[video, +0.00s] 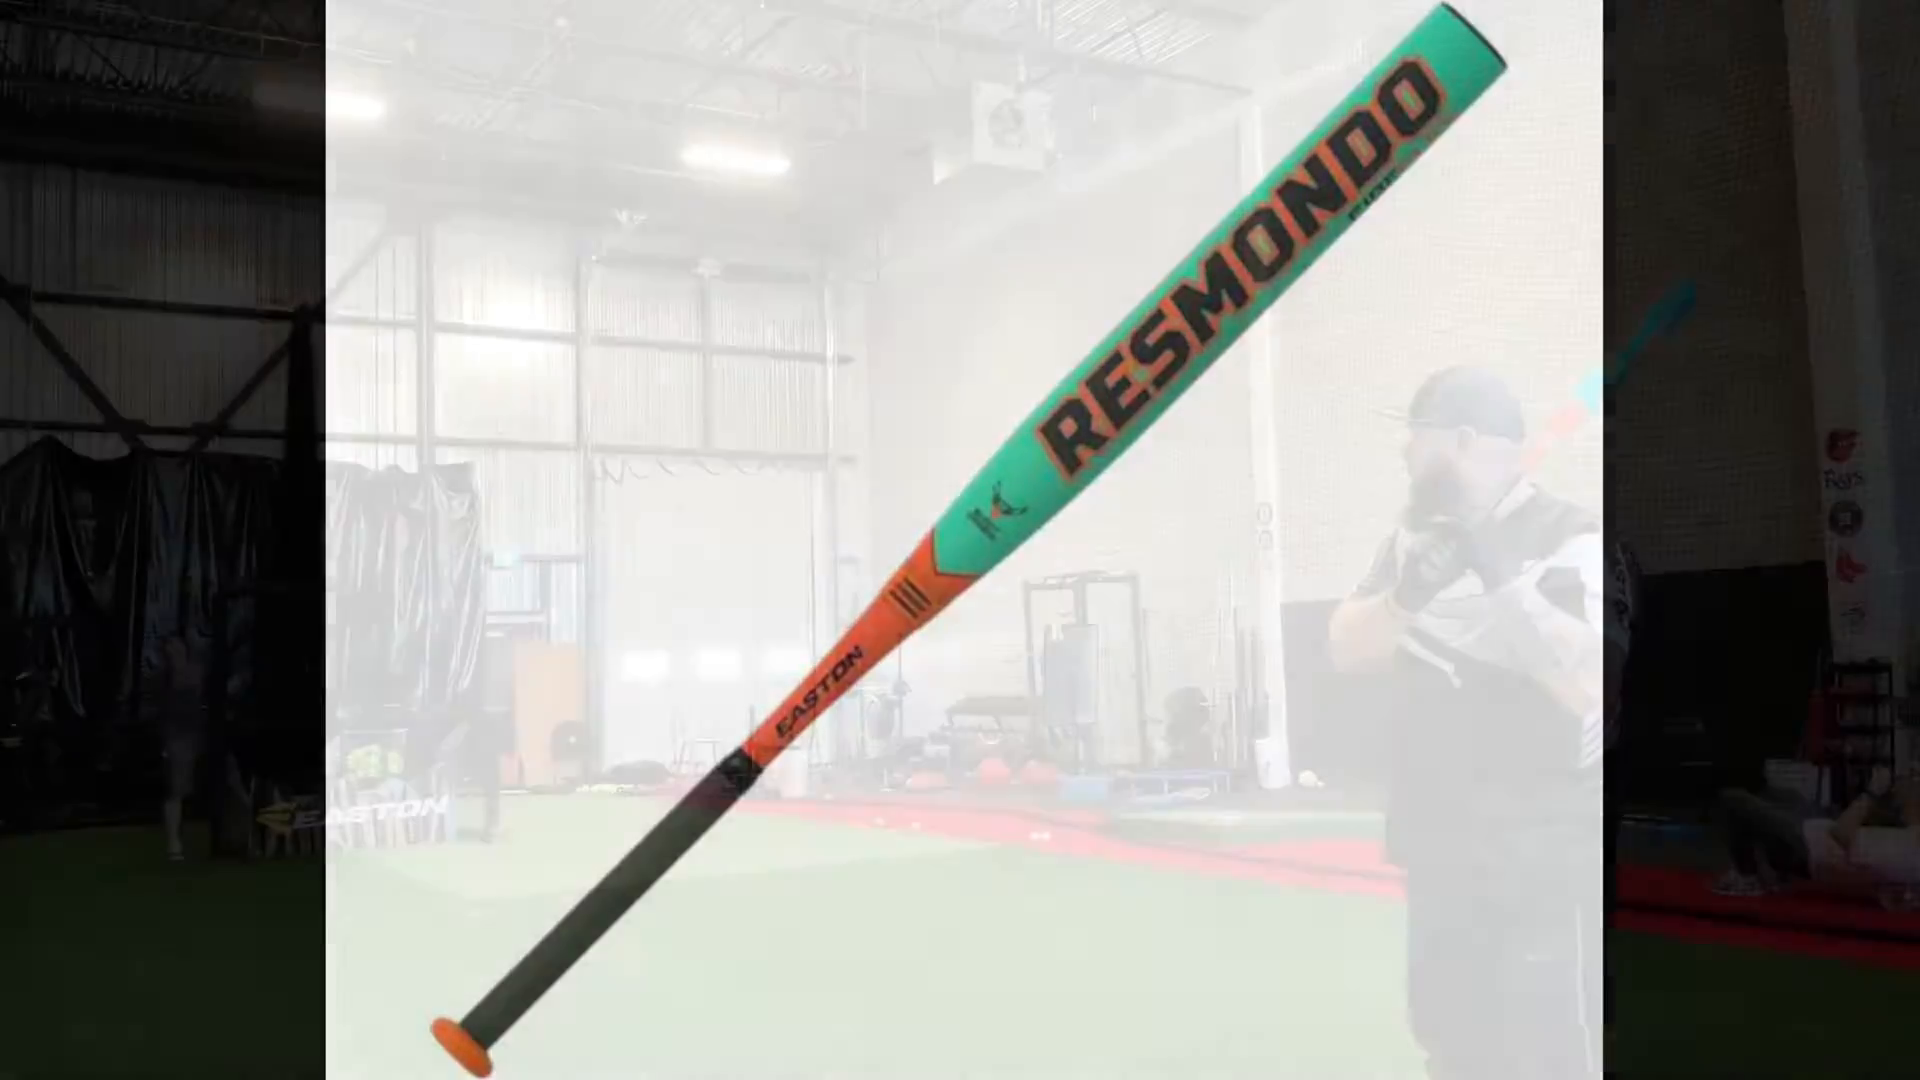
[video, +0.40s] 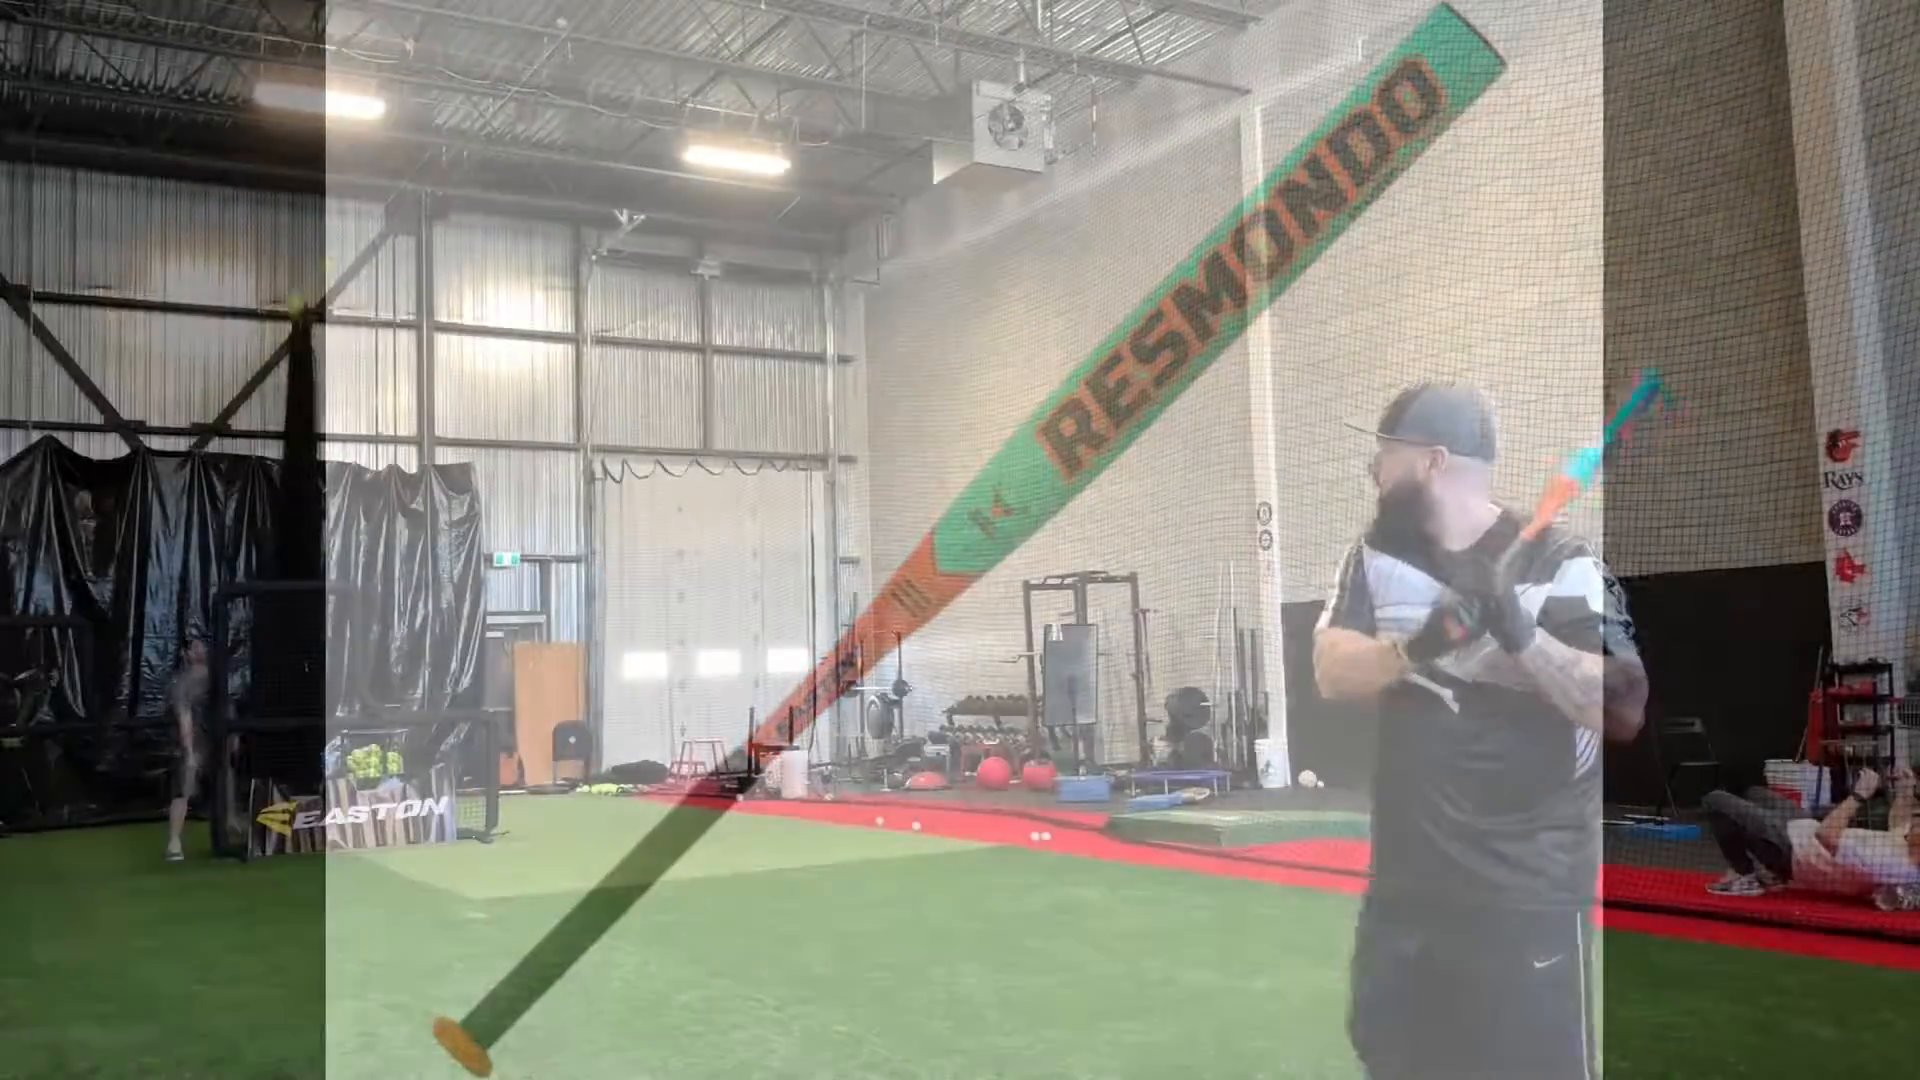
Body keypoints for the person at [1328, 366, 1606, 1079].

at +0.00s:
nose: (1429, 462)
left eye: (1448, 441)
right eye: (1419, 442)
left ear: (1503, 445)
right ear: (1409, 448)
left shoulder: (1571, 535)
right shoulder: (1412, 542)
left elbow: (1586, 689)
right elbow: (1348, 650)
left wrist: (1495, 575)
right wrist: (1412, 583)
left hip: (1547, 850)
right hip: (1440, 847)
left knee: (1544, 1039)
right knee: (1452, 1034)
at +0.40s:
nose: (1371, 467)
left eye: (1385, 450)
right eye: (1376, 450)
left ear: (1435, 458)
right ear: (1432, 461)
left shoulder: (1563, 563)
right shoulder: (1379, 555)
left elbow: (1623, 709)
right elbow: (1331, 673)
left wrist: (1525, 638)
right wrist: (1418, 648)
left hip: (1527, 895)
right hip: (1407, 886)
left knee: (1530, 1067)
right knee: (1394, 1059)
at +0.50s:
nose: (1355, 480)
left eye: (1369, 462)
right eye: (1361, 463)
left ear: (1417, 474)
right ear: (1417, 476)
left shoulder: (1549, 580)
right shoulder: (1363, 575)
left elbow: (1624, 727)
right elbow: (1334, 695)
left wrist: (1534, 684)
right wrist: (1437, 691)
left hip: (1519, 882)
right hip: (1394, 870)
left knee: (1550, 1065)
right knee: (1330, 1019)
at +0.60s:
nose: (1328, 502)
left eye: (1342, 485)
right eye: (1334, 486)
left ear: (1389, 500)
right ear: (1387, 502)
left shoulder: (1523, 599)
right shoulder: (1338, 592)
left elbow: (1606, 739)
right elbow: (1332, 718)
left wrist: (1535, 725)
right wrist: (1435, 743)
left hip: (1492, 871)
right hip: (1367, 858)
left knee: (1518, 1062)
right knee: (1275, 976)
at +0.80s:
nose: (1258, 539)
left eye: (1273, 524)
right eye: (1263, 524)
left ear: (1323, 537)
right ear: (1318, 539)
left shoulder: (1440, 613)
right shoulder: (1269, 616)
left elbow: (1543, 742)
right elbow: (1267, 702)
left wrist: (1483, 685)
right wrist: (1392, 702)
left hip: (1430, 881)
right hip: (1306, 873)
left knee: (1472, 1052)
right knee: (1195, 994)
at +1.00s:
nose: (1228, 559)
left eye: (1241, 550)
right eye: (1233, 548)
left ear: (1286, 570)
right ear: (1285, 570)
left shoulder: (1311, 661)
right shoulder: (1264, 633)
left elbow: (1233, 771)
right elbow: (1160, 630)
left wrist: (1202, 678)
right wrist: (1206, 620)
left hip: (1312, 896)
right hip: (1274, 886)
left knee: (1273, 1055)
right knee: (1189, 995)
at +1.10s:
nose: (1229, 554)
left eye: (1235, 542)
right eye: (1230, 541)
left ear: (1265, 553)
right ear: (1316, 542)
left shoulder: (1224, 646)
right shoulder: (1365, 610)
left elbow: (1143, 697)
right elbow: (1241, 618)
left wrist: (1086, 659)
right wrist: (1138, 630)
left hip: (1254, 892)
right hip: (1348, 885)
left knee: (1237, 1062)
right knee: (1197, 1047)